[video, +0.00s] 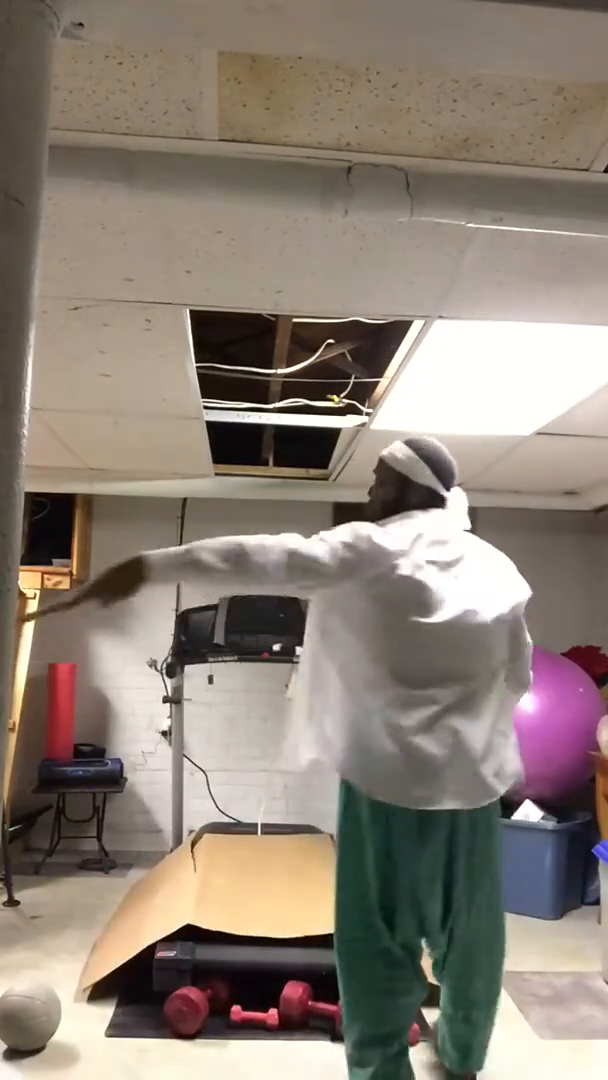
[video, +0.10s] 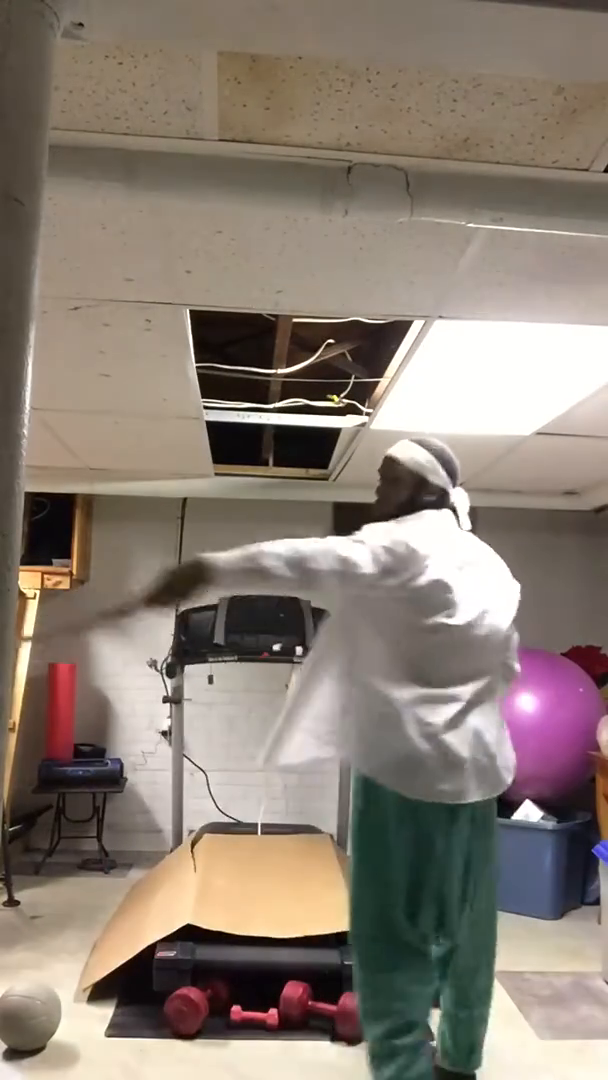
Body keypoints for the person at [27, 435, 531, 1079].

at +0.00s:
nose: (370, 496)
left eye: (380, 484)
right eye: (375, 483)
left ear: (404, 489)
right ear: (444, 495)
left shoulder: (365, 548)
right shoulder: (500, 571)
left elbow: (260, 556)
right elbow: (520, 676)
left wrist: (147, 566)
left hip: (386, 774)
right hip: (476, 775)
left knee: (375, 934)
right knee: (473, 928)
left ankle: (381, 1068)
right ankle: (462, 1060)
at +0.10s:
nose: (376, 491)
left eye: (388, 479)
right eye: (380, 478)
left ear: (426, 488)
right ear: (448, 494)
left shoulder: (397, 545)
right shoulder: (494, 568)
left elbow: (306, 560)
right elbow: (507, 670)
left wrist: (207, 568)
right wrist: (462, 710)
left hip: (400, 765)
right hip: (476, 766)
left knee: (390, 926)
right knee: (470, 921)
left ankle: (400, 1066)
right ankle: (459, 1060)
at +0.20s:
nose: (388, 489)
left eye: (402, 478)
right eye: (389, 477)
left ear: (438, 488)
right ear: (447, 496)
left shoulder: (421, 544)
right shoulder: (479, 563)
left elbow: (357, 567)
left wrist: (278, 578)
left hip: (415, 762)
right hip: (468, 762)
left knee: (409, 929)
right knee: (460, 922)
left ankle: (438, 1067)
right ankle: (459, 1061)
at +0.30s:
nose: (399, 490)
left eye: (413, 480)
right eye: (397, 480)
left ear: (449, 489)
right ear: (403, 487)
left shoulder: (440, 542)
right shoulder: (444, 547)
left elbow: (427, 582)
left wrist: (350, 596)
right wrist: (348, 617)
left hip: (425, 760)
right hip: (452, 758)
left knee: (421, 920)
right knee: (453, 916)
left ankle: (462, 1064)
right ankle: (454, 1048)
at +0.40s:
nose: (411, 491)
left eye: (425, 482)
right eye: (406, 482)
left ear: (454, 492)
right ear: (402, 490)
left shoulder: (458, 546)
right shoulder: (420, 551)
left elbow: (446, 600)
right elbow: (394, 642)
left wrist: (404, 610)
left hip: (445, 760)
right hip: (408, 761)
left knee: (444, 927)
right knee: (412, 920)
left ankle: (479, 1066)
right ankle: (460, 1050)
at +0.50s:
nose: (426, 494)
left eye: (440, 485)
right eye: (416, 484)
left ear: (462, 496)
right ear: (405, 494)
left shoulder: (471, 554)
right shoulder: (394, 564)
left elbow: (503, 599)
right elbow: (368, 659)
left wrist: (481, 616)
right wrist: (353, 737)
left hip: (453, 755)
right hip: (405, 756)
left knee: (449, 916)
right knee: (412, 907)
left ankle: (482, 1066)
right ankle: (462, 1049)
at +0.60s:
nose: (435, 496)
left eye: (448, 488)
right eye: (424, 486)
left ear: (466, 500)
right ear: (409, 498)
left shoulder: (479, 559)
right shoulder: (392, 564)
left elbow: (534, 610)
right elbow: (364, 662)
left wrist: (528, 625)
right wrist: (333, 739)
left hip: (453, 738)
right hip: (402, 736)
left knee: (452, 896)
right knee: (419, 892)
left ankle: (478, 1064)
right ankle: (462, 1043)